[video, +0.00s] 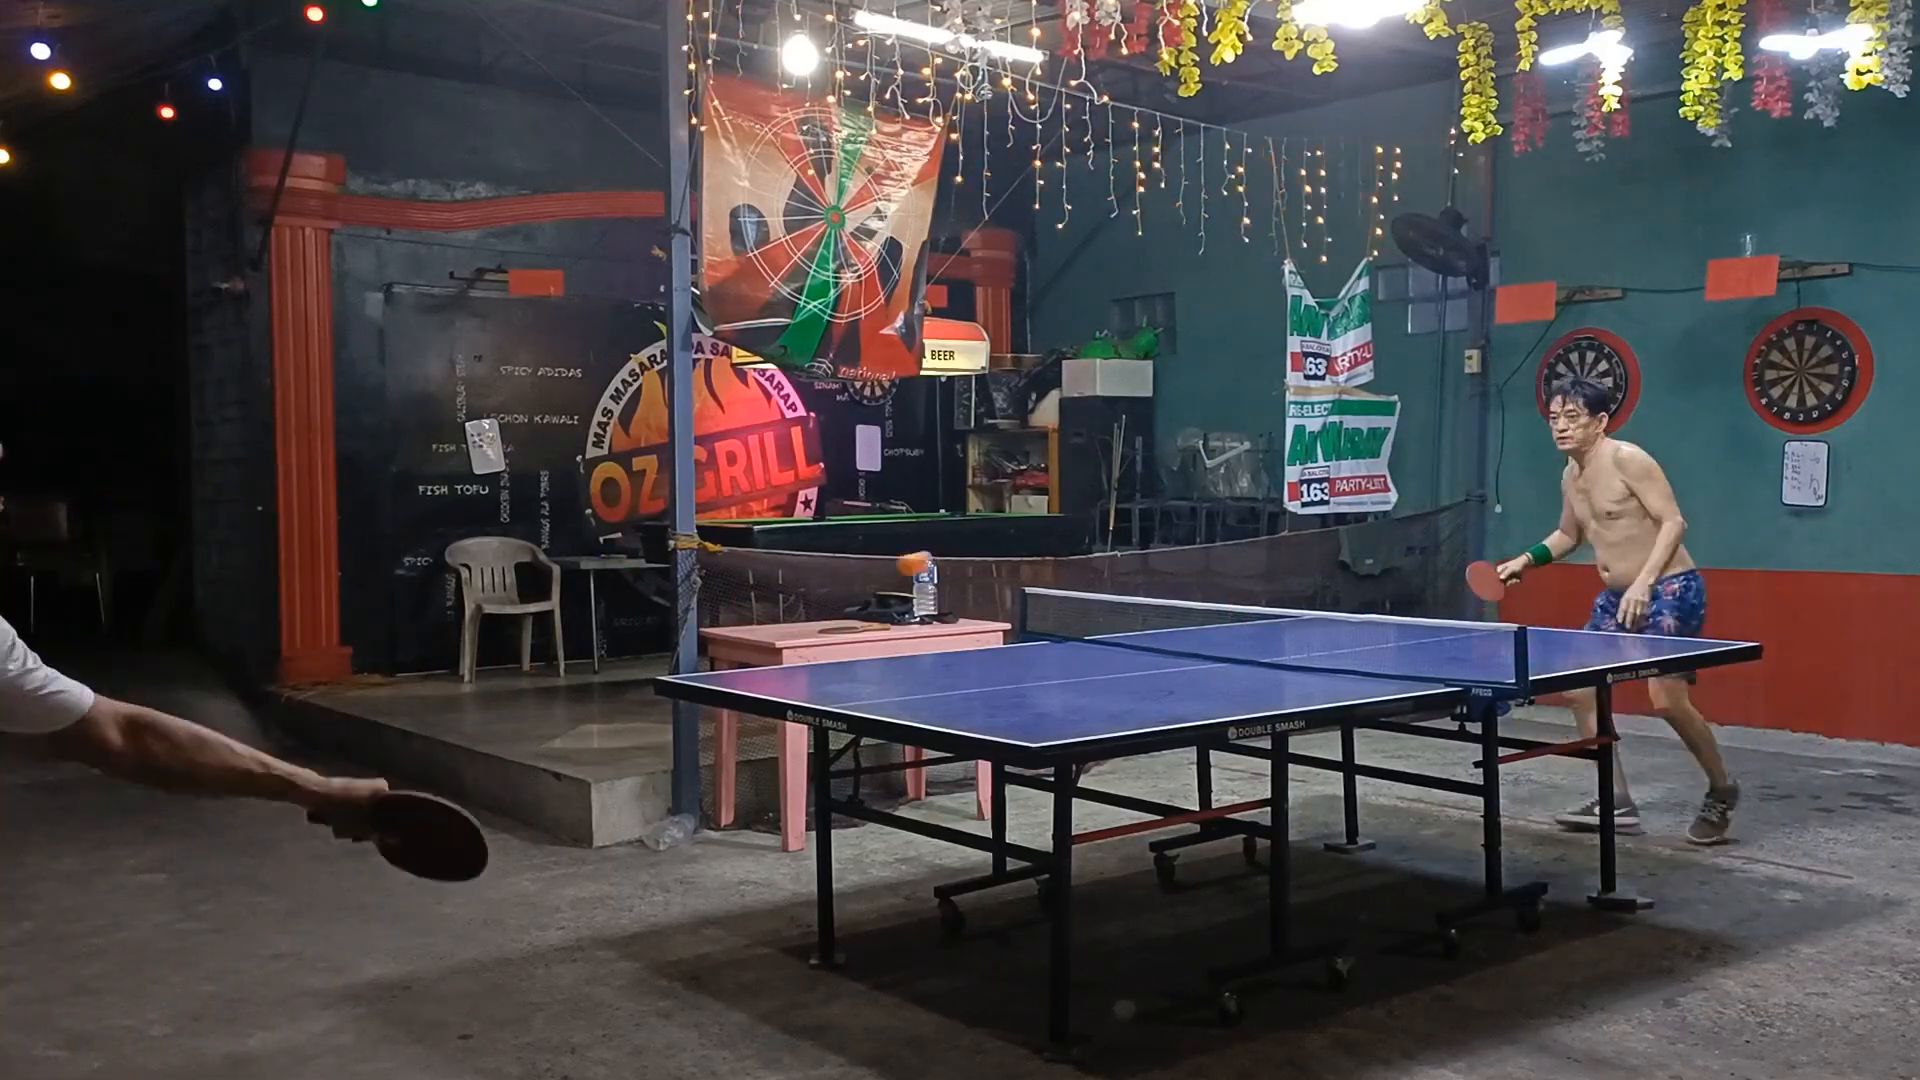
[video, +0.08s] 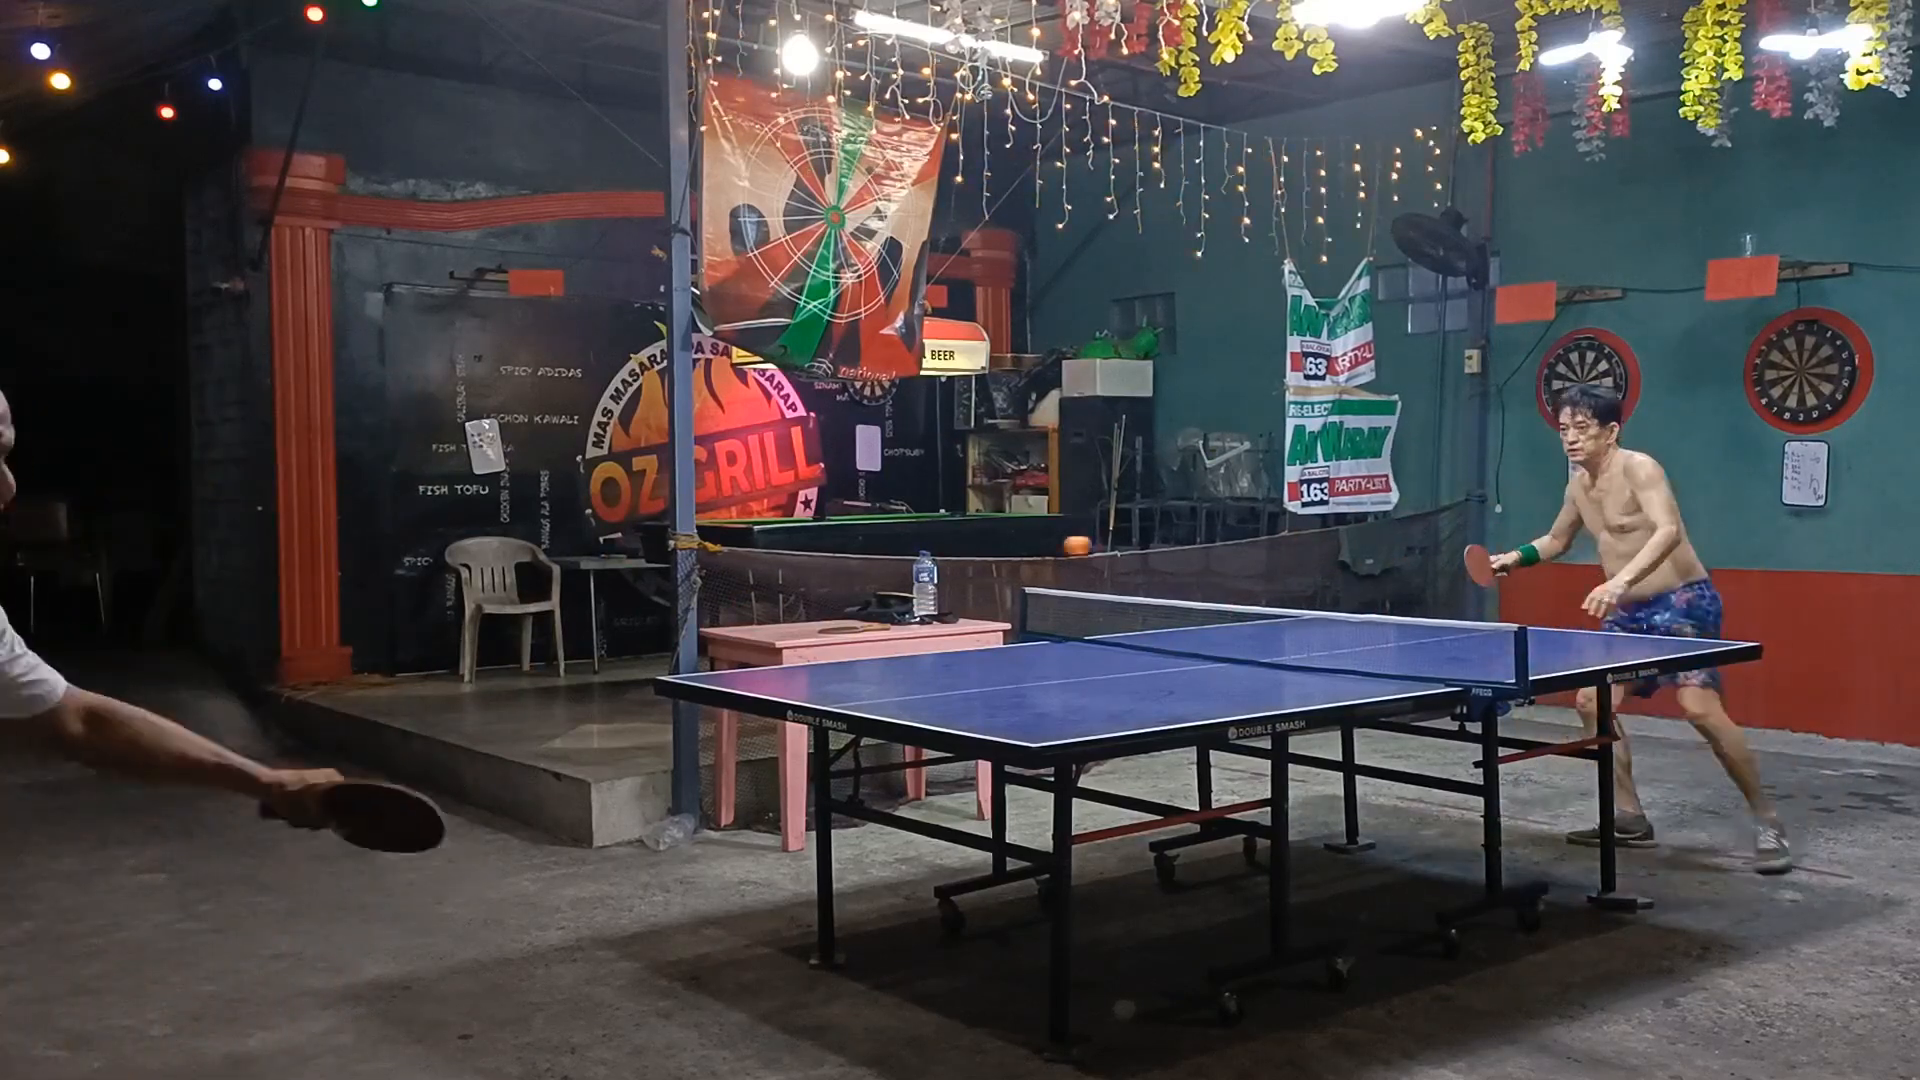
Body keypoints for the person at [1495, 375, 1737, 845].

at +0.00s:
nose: (1560, 425)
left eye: (1571, 416)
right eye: (1555, 418)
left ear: (1600, 420)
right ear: (1551, 424)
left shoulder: (1627, 458)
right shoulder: (1571, 476)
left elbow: (1673, 522)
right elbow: (1570, 534)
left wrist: (1644, 583)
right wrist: (1527, 559)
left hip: (1669, 592)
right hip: (1616, 597)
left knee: (1667, 699)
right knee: (1581, 694)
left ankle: (1722, 788)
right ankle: (1617, 800)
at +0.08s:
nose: (1570, 438)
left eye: (1581, 428)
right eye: (1564, 429)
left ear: (1610, 430)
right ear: (1559, 433)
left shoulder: (1639, 468)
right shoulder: (1577, 483)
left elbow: (1669, 531)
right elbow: (1557, 539)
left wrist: (1618, 584)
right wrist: (1519, 557)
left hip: (1684, 605)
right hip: (1631, 613)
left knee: (1699, 707)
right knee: (1591, 703)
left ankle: (1767, 822)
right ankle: (1628, 815)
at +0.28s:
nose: (1571, 464)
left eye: (1580, 453)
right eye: (1566, 454)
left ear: (1613, 452)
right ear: (1567, 456)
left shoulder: (1642, 488)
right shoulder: (1598, 502)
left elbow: (1624, 557)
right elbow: (1570, 555)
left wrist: (1546, 596)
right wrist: (1512, 560)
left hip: (1697, 624)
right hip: (1641, 628)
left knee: (1720, 733)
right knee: (1566, 695)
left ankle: (1801, 844)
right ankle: (1592, 806)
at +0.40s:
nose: (1544, 468)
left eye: (1552, 457)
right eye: (1540, 459)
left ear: (1585, 454)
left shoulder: (1611, 485)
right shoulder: (1589, 500)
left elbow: (1590, 555)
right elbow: (1582, 561)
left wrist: (1521, 600)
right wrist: (1514, 568)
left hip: (1685, 622)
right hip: (1634, 630)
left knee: (1718, 737)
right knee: (1567, 706)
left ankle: (1800, 844)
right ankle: (1525, 814)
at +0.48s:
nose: (1507, 491)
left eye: (1512, 478)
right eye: (1504, 483)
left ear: (1543, 470)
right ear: (1537, 476)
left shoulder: (1570, 492)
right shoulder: (1574, 513)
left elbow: (1566, 553)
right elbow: (1580, 594)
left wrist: (1509, 606)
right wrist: (1518, 604)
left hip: (1661, 628)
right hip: (1624, 639)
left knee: (1699, 741)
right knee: (1542, 709)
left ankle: (1796, 840)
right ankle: (1513, 815)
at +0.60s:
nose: (1469, 510)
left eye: (1472, 498)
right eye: (1465, 502)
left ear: (1502, 486)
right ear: (1493, 496)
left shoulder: (1536, 497)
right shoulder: (1528, 533)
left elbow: (1556, 553)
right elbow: (1555, 613)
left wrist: (1505, 616)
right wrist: (1502, 632)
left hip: (1633, 626)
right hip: (1587, 640)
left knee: (1679, 741)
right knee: (1507, 706)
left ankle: (1787, 830)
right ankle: (1507, 818)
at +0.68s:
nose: (1457, 507)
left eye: (1458, 495)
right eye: (1452, 500)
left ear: (1484, 478)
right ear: (1475, 490)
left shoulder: (1526, 488)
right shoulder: (1501, 536)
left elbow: (1545, 546)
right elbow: (1465, 589)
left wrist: (1505, 616)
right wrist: (1418, 564)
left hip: (1618, 618)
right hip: (1575, 635)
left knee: (1663, 730)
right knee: (1496, 699)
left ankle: (1770, 823)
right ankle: (1503, 816)